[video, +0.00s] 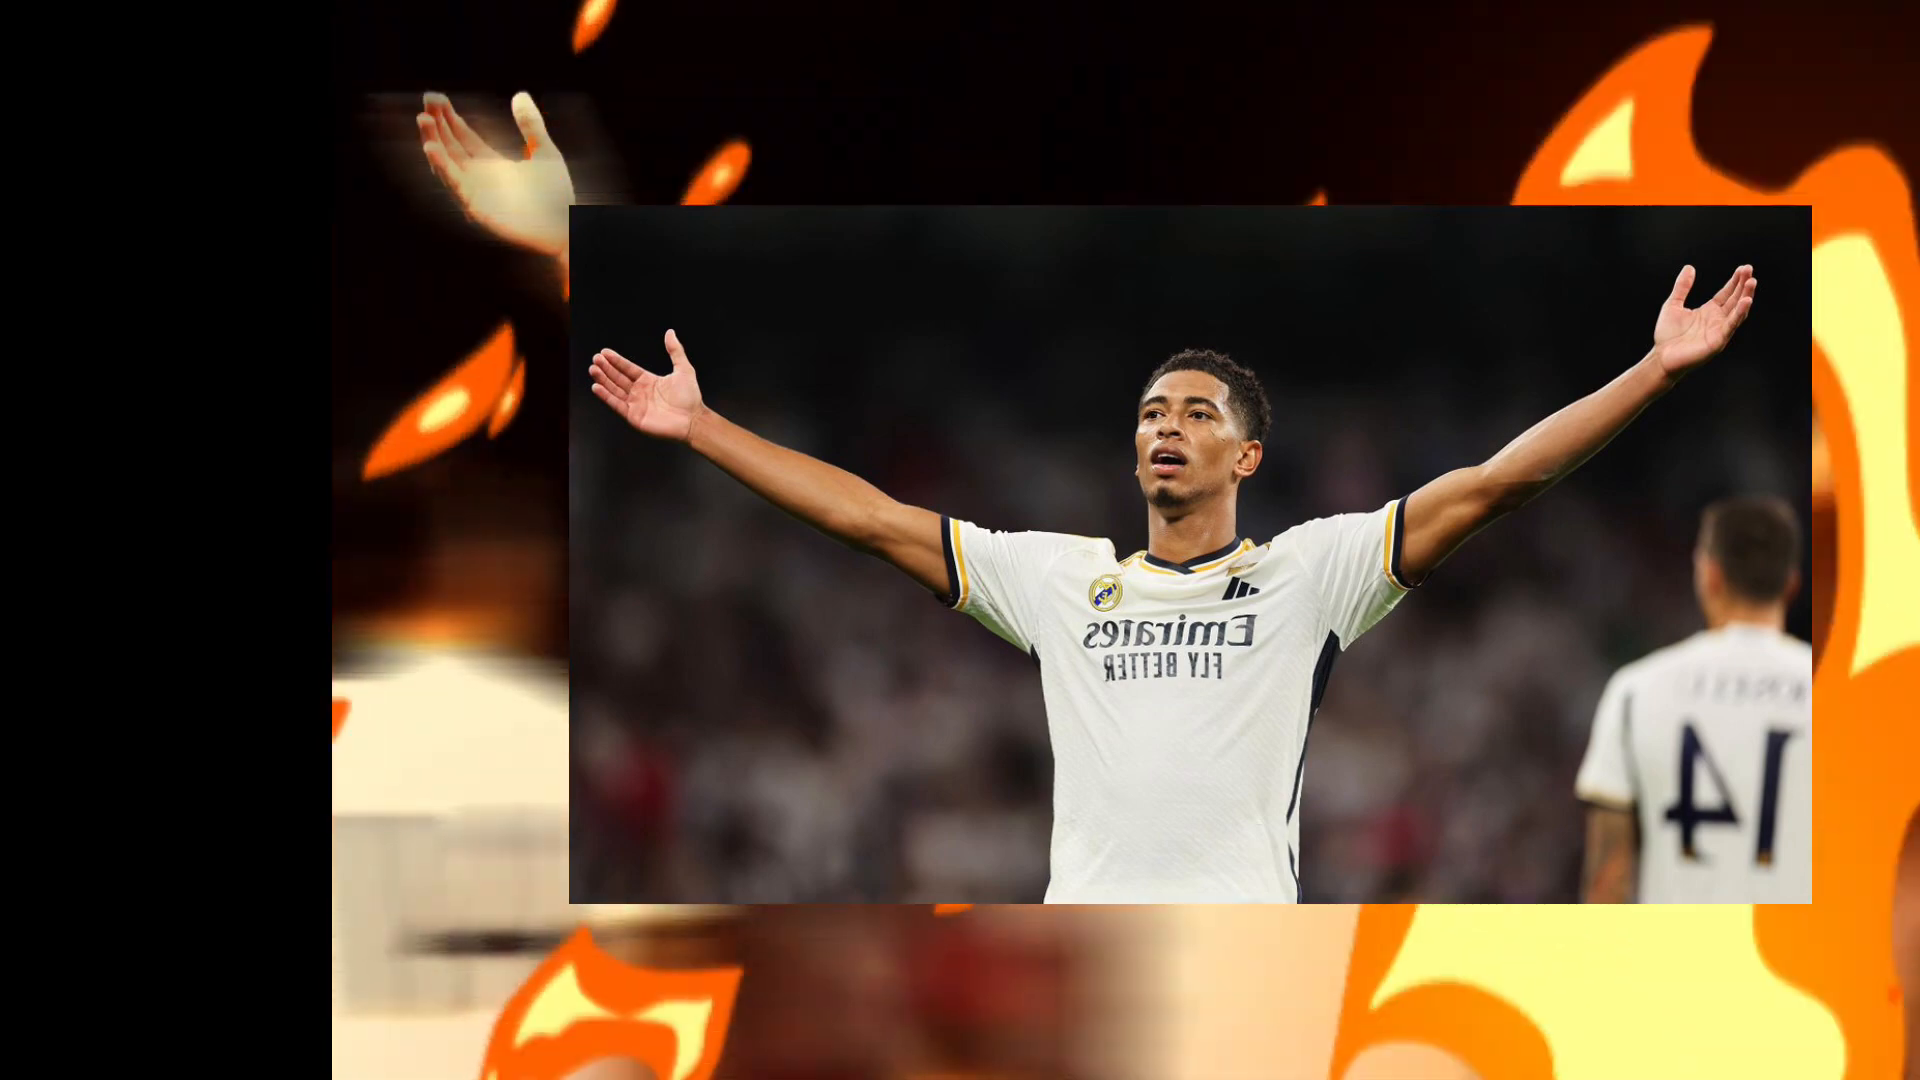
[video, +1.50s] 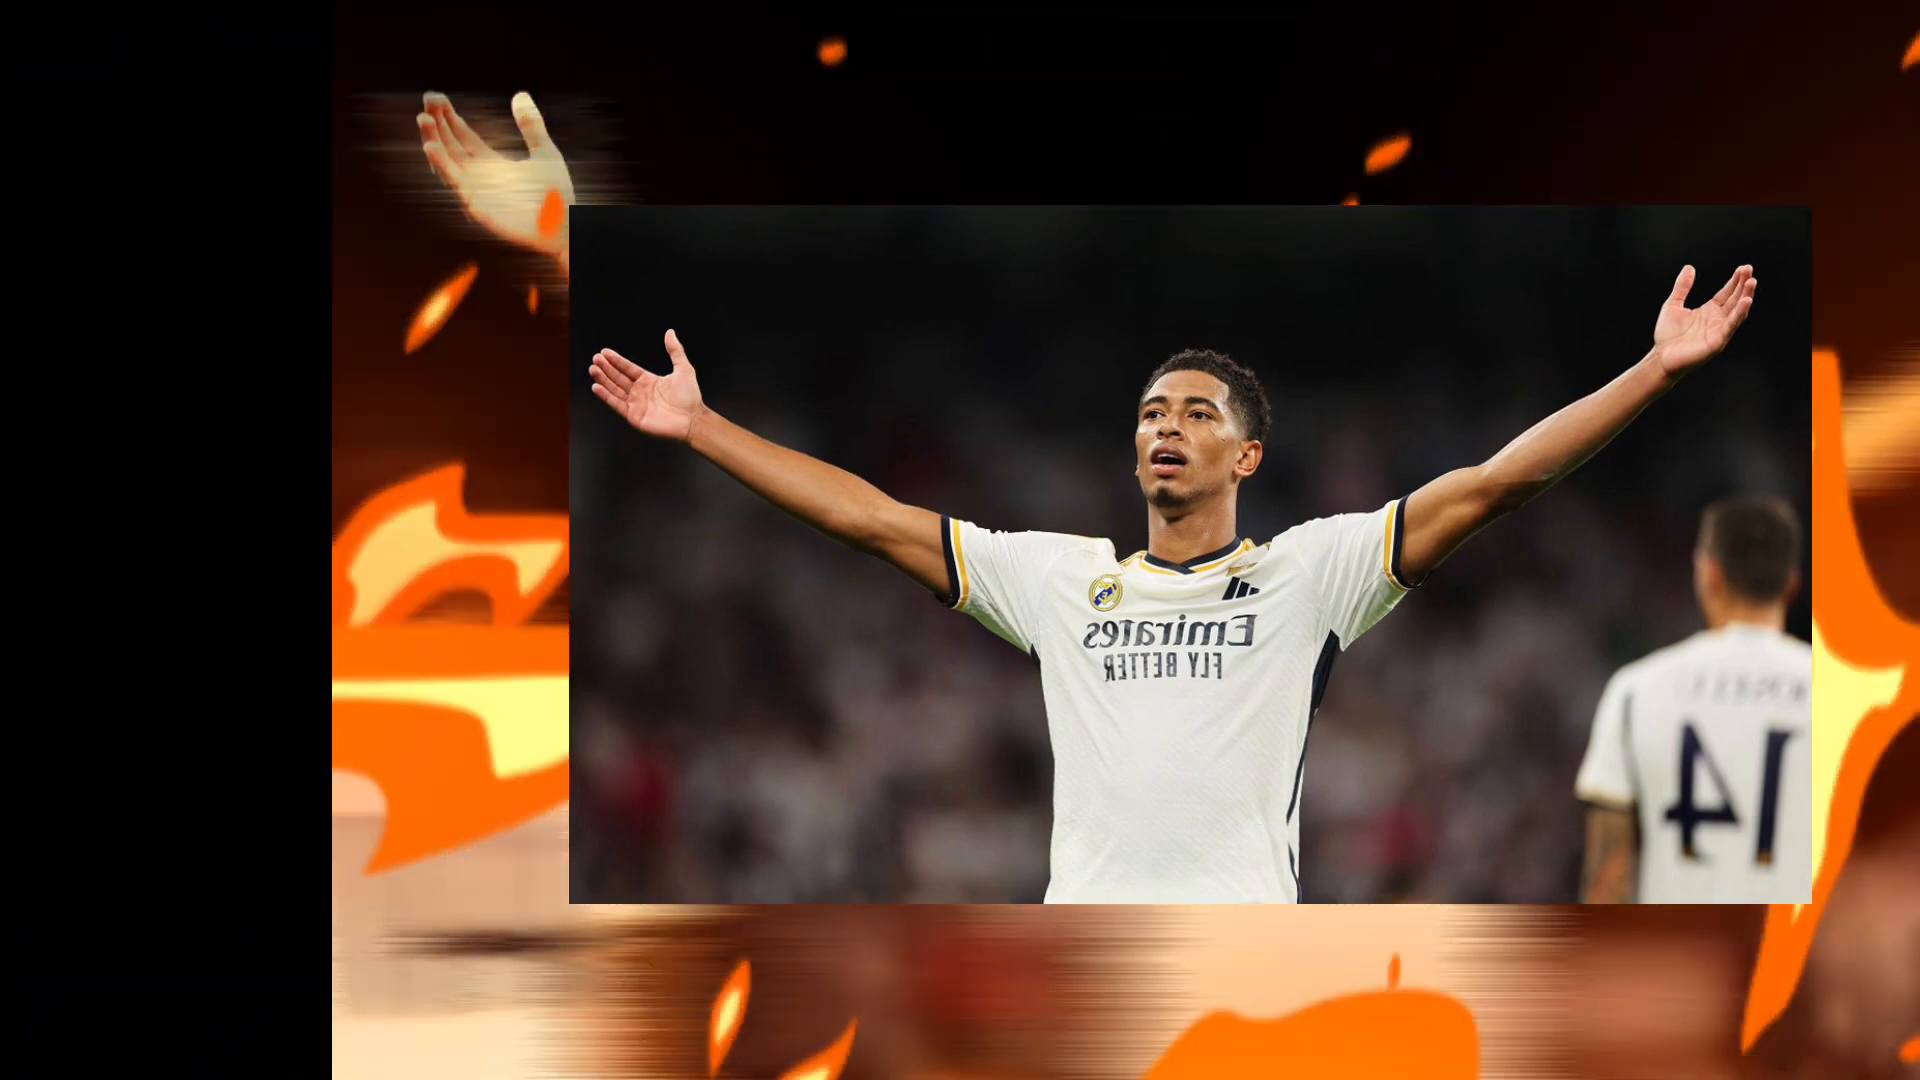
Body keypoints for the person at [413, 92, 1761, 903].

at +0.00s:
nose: (1163, 438)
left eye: (1191, 421)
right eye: (1152, 422)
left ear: (1251, 455)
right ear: (1135, 452)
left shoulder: (1310, 569)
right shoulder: (1066, 576)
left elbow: (1496, 480)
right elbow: (880, 519)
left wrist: (1658, 366)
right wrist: (702, 426)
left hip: (1254, 943)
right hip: (1084, 939)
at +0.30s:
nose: (1170, 429)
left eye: (1200, 414)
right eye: (1156, 412)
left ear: (1248, 453)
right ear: (1133, 448)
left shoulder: (1308, 570)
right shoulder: (1057, 578)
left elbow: (1488, 484)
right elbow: (879, 519)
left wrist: (1656, 367)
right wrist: (699, 428)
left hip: (1250, 939)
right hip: (1087, 935)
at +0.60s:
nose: (1170, 429)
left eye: (1199, 415)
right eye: (1155, 414)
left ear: (1249, 452)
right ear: (1134, 449)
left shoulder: (1308, 570)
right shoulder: (1059, 578)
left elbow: (1493, 482)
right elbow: (876, 518)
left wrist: (1655, 367)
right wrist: (698, 427)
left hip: (1249, 943)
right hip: (1089, 943)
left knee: (1251, 1079)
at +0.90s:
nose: (1170, 428)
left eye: (1199, 415)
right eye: (1155, 414)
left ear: (1248, 455)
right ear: (1134, 452)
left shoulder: (1307, 570)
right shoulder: (1059, 580)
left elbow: (1492, 482)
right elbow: (877, 518)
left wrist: (1656, 367)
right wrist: (701, 429)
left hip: (1247, 940)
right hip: (1086, 939)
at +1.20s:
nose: (1162, 438)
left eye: (1191, 422)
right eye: (1151, 422)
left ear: (1251, 456)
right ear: (1134, 452)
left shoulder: (1310, 569)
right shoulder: (1066, 576)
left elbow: (1496, 480)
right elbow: (880, 519)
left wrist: (1659, 366)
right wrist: (702, 426)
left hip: (1255, 944)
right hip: (1084, 941)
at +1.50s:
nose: (1162, 439)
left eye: (1190, 422)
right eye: (1151, 422)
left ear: (1251, 456)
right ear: (1133, 451)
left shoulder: (1310, 569)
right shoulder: (1062, 575)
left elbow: (1496, 480)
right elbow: (878, 518)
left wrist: (1658, 366)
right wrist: (701, 426)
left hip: (1255, 936)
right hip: (1085, 934)